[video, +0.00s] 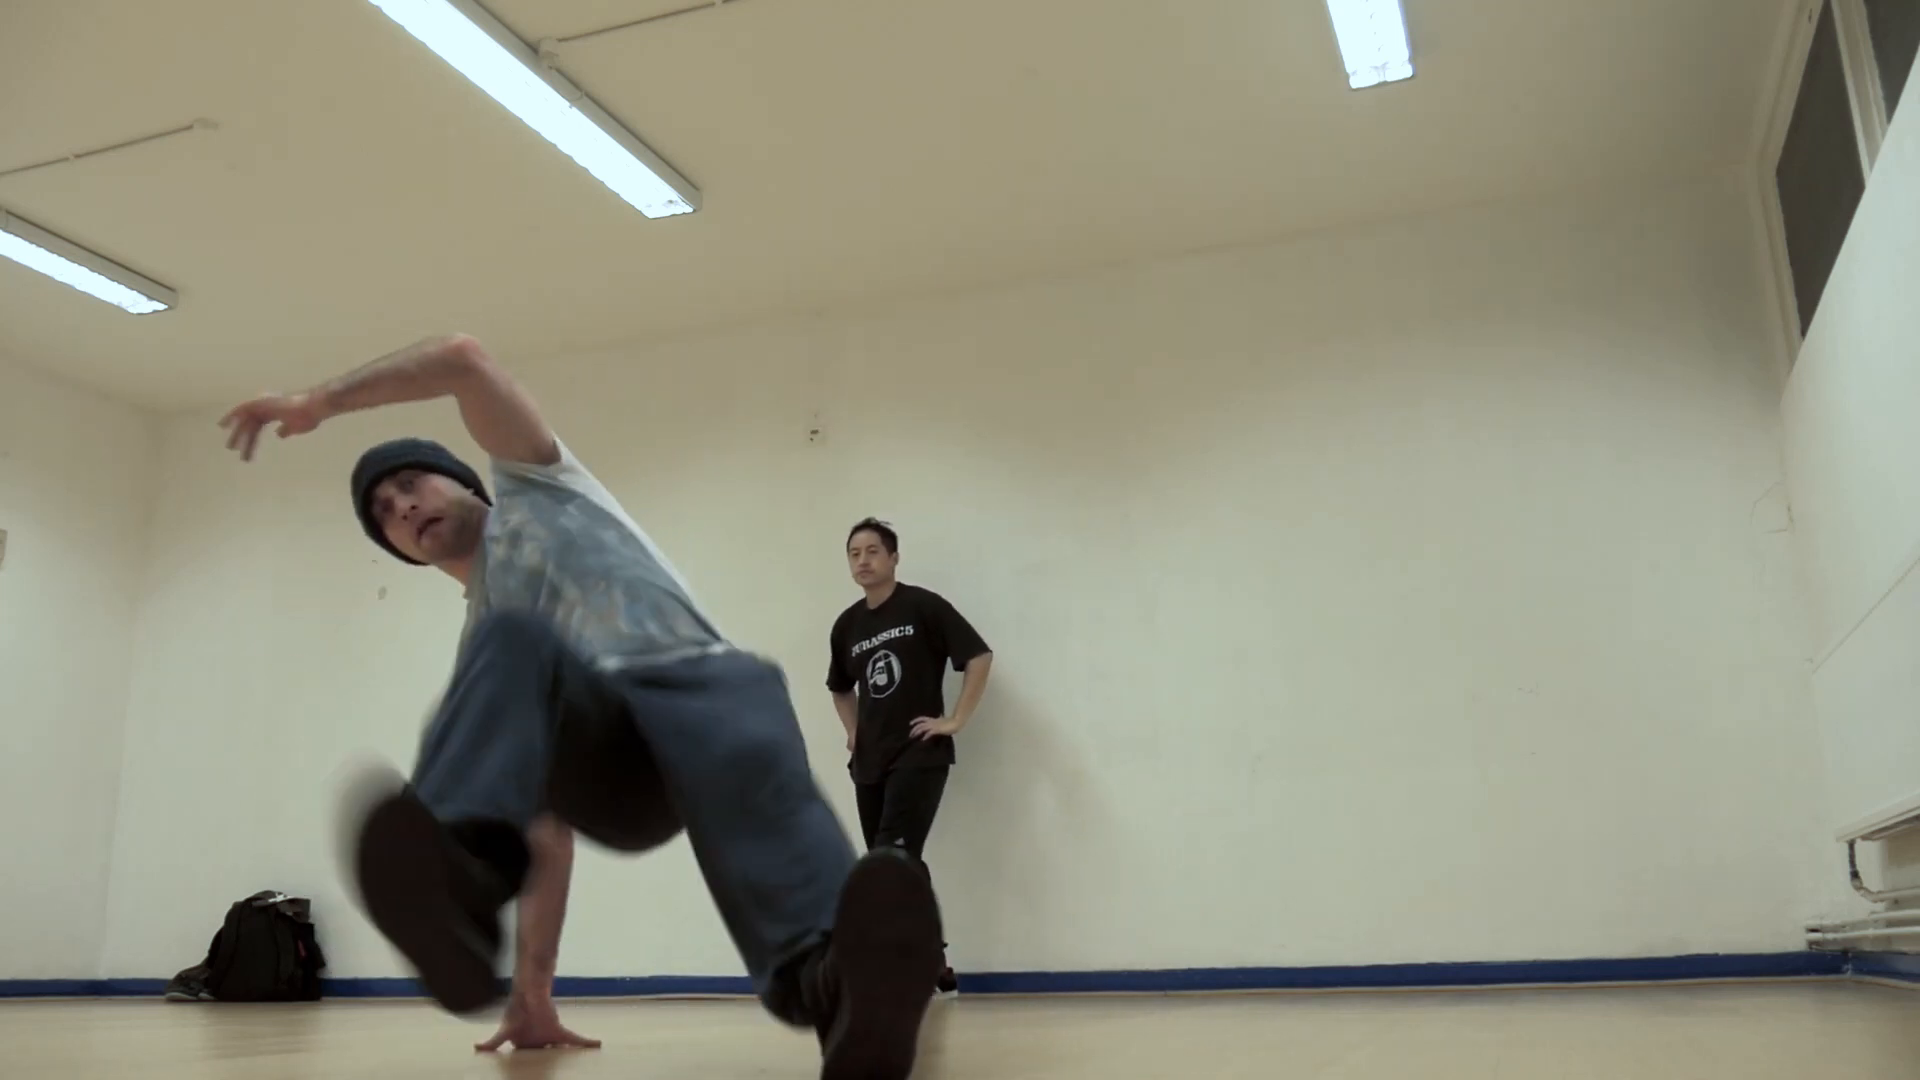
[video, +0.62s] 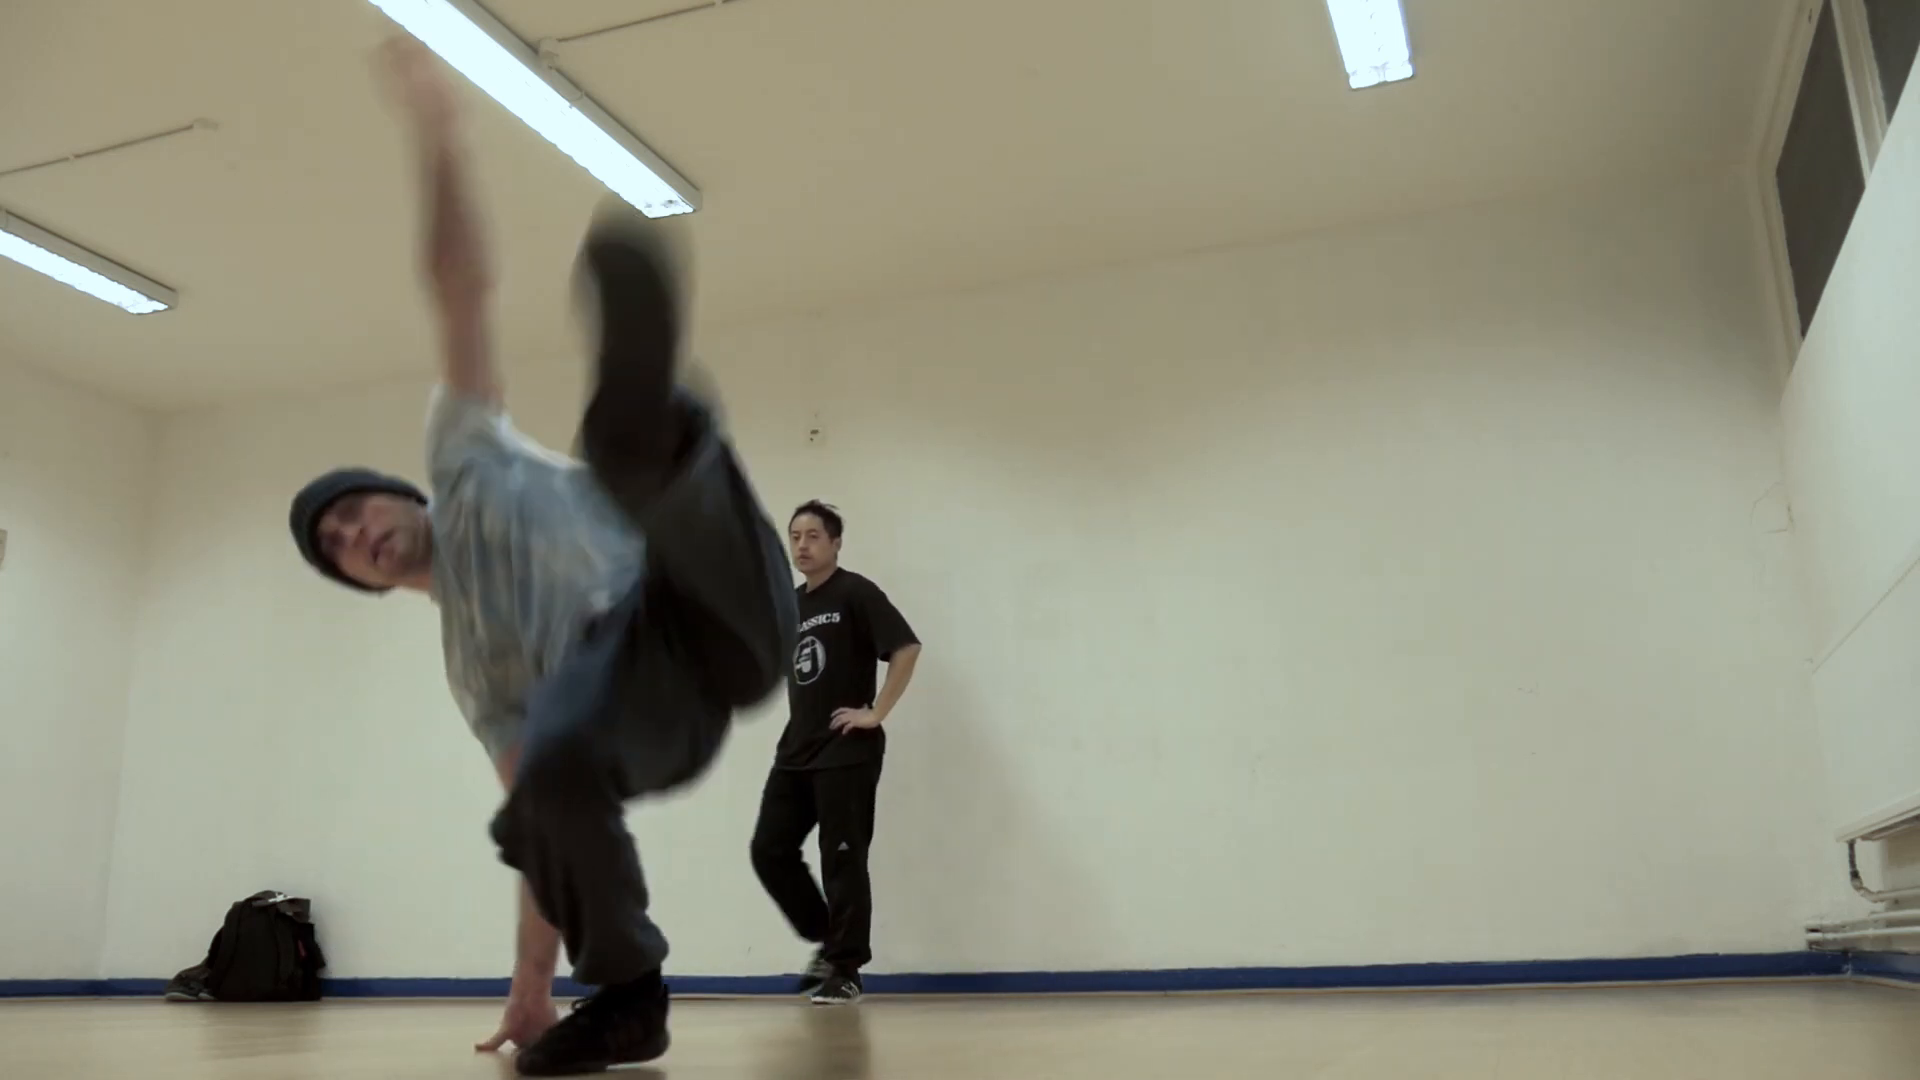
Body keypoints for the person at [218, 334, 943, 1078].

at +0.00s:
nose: (405, 510)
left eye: (409, 485)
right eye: (386, 518)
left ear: (456, 478)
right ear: (405, 553)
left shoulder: (538, 484)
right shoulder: (491, 636)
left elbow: (463, 359)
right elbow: (542, 834)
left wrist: (313, 403)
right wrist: (536, 1003)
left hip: (703, 708)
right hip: (601, 761)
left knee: (742, 703)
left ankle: (835, 980)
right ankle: (459, 909)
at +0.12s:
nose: (398, 509)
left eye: (405, 484)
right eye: (376, 516)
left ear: (454, 481)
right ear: (389, 554)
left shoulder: (541, 492)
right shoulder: (460, 661)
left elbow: (468, 377)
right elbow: (532, 819)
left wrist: (290, 400)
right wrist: (533, 990)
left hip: (693, 722)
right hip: (595, 785)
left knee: (753, 560)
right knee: (550, 652)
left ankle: (762, 841)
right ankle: (571, 975)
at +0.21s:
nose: (382, 525)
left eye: (391, 499)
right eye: (362, 533)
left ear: (446, 490)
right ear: (379, 572)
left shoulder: (531, 522)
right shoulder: (459, 688)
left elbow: (437, 423)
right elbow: (545, 802)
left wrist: (260, 462)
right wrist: (539, 979)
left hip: (708, 766)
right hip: (613, 835)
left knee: (723, 537)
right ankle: (578, 1010)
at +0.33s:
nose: (373, 603)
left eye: (377, 580)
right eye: (355, 595)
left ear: (422, 556)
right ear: (365, 603)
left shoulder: (532, 568)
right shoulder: (460, 689)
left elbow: (398, 582)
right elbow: (552, 833)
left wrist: (203, 649)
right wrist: (536, 990)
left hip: (723, 859)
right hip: (628, 910)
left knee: (676, 573)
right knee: (585, 742)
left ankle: (479, 723)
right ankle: (589, 1017)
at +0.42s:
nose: (382, 608)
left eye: (382, 579)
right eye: (356, 615)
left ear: (419, 551)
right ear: (360, 635)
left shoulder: (513, 590)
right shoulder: (452, 702)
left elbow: (402, 544)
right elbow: (552, 820)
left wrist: (213, 655)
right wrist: (542, 977)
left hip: (735, 840)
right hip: (641, 896)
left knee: (642, 566)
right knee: (590, 743)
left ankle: (480, 776)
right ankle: (591, 1014)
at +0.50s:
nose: (357, 575)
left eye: (357, 549)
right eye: (340, 587)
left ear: (408, 530)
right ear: (364, 619)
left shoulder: (496, 547)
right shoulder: (468, 683)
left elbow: (393, 463)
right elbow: (561, 820)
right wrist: (536, 995)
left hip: (744, 757)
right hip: (666, 838)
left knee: (635, 517)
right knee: (599, 759)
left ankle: (527, 709)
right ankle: (598, 1007)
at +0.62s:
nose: (355, 537)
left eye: (352, 512)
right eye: (339, 552)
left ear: (393, 492)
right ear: (365, 584)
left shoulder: (466, 449)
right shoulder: (477, 675)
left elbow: (458, 280)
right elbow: (543, 822)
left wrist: (438, 123)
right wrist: (531, 988)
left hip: (708, 609)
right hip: (643, 709)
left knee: (639, 448)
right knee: (552, 781)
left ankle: (638, 384)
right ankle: (628, 1001)